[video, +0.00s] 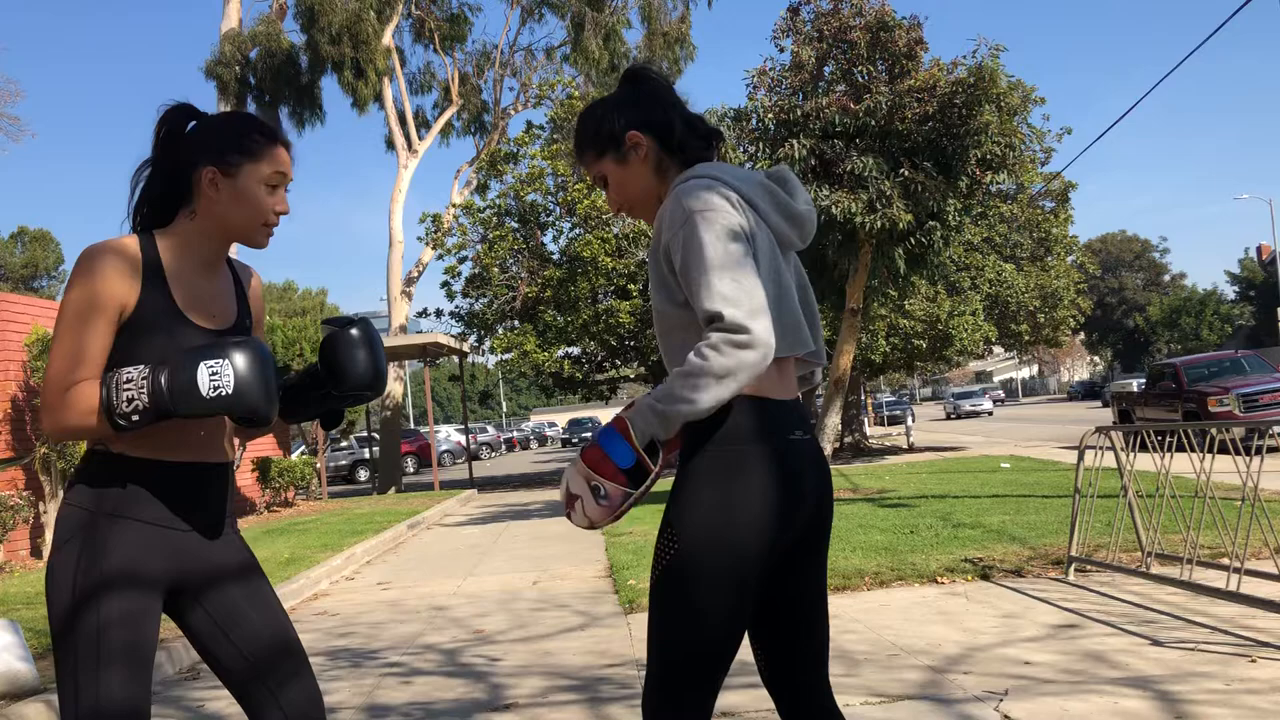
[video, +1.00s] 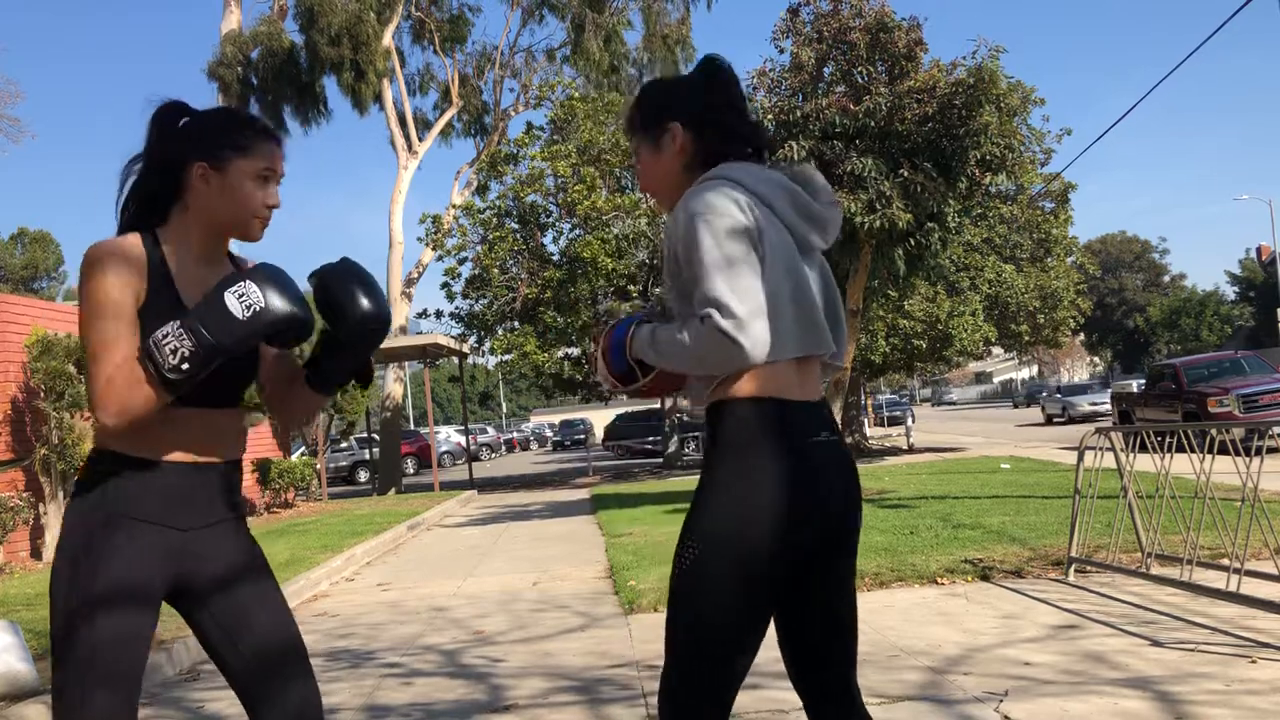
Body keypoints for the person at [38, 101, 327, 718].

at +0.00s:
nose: (284, 206)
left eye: (285, 189)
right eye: (274, 185)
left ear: (220, 185)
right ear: (213, 182)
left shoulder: (246, 285)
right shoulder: (113, 265)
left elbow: (239, 419)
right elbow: (58, 413)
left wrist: (307, 392)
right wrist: (178, 386)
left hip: (212, 528)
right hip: (116, 521)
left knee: (297, 705)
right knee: (107, 710)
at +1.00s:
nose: (276, 200)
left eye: (277, 183)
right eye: (265, 179)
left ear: (211, 179)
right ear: (204, 176)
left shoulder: (248, 284)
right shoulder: (118, 261)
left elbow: (288, 413)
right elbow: (114, 412)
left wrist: (337, 359)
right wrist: (208, 333)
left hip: (218, 521)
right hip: (119, 519)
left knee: (296, 706)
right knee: (94, 710)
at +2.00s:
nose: (218, 231)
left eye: (224, 216)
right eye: (206, 211)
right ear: (145, 199)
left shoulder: (198, 295)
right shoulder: (51, 269)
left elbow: (237, 419)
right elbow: (59, 408)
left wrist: (287, 339)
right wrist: (131, 310)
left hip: (178, 539)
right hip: (73, 540)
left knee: (286, 707)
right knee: (55, 709)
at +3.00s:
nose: (204, 227)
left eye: (206, 211)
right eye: (190, 207)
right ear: (127, 205)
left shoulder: (193, 297)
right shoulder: (41, 277)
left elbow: (252, 425)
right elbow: (49, 422)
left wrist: (276, 340)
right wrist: (108, 317)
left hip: (190, 541)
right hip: (82, 546)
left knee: (323, 697)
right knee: (70, 709)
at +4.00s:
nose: (213, 215)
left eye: (216, 198)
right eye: (200, 196)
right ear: (134, 193)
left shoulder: (214, 282)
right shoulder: (56, 279)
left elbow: (291, 389)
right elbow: (47, 429)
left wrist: (297, 310)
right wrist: (94, 319)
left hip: (215, 531)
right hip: (107, 536)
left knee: (318, 707)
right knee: (84, 711)